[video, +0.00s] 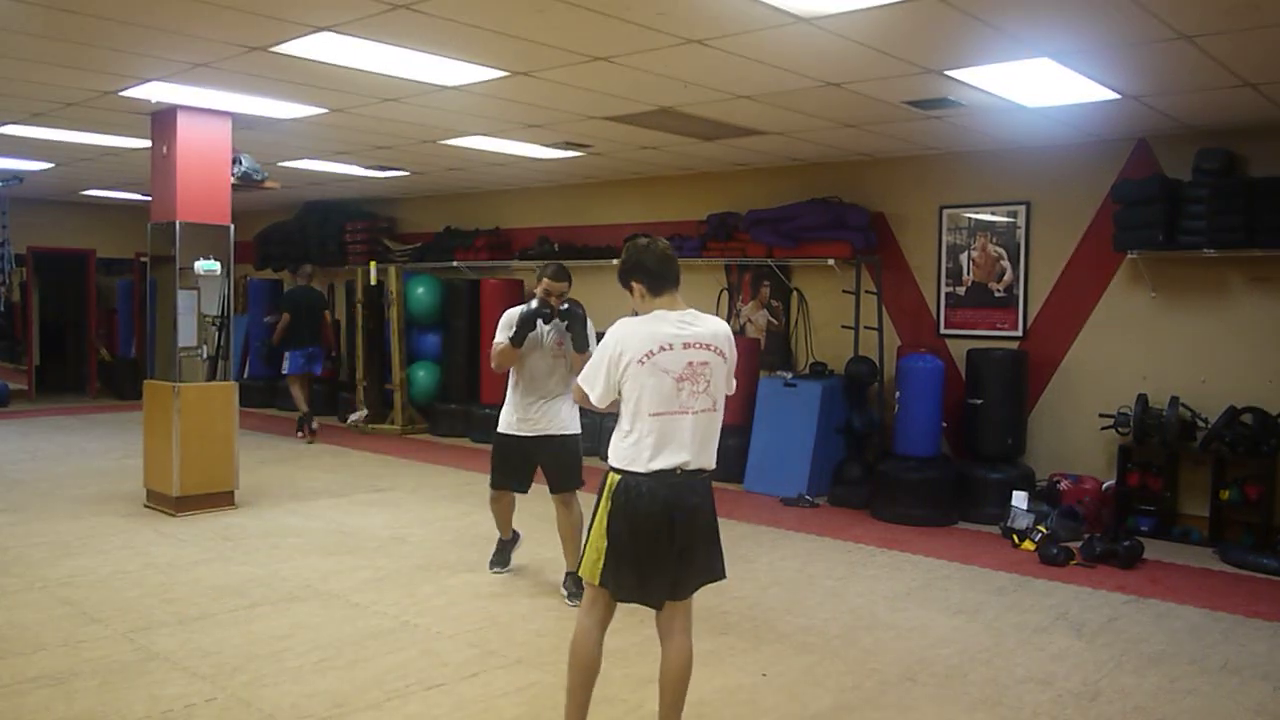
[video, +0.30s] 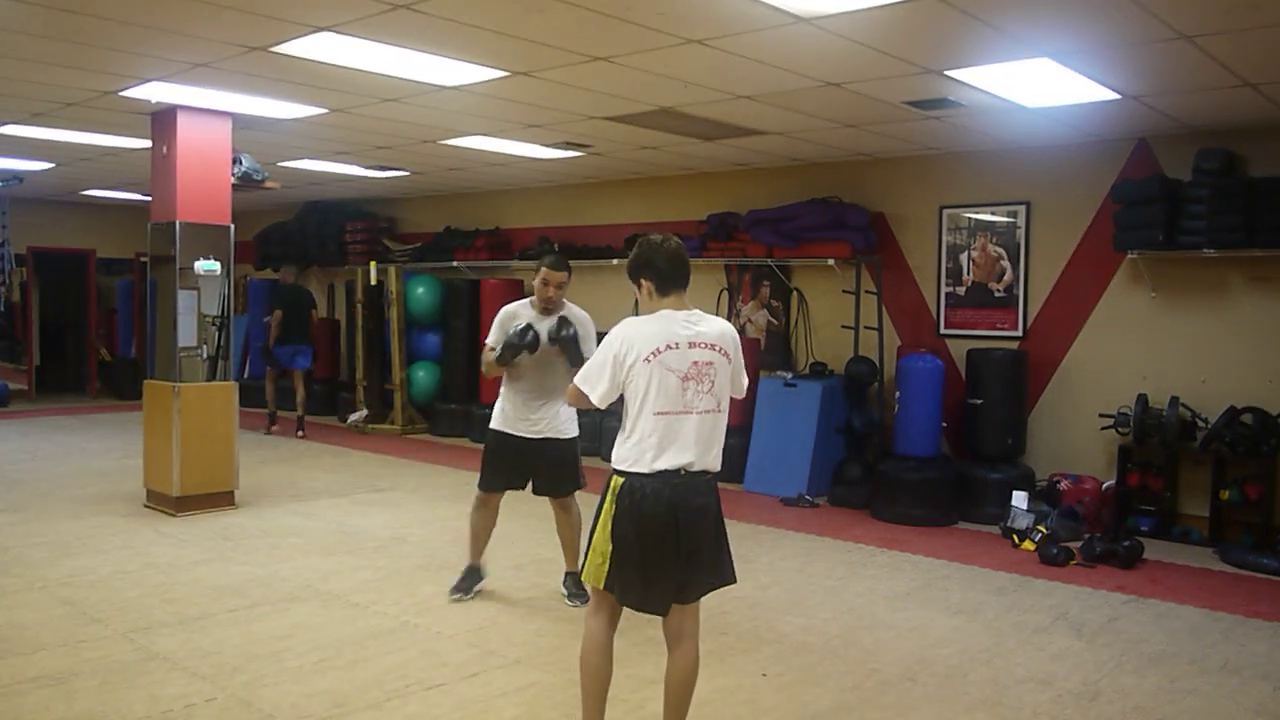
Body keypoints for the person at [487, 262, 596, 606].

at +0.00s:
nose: (552, 300)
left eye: (560, 295)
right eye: (547, 293)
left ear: (569, 292)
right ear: (536, 286)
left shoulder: (578, 320)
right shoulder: (515, 316)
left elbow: (583, 372)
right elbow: (499, 363)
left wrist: (577, 329)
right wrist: (523, 330)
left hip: (559, 421)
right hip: (515, 420)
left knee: (565, 498)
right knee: (500, 493)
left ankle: (573, 573)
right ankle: (506, 537)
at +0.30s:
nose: (551, 292)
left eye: (559, 286)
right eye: (545, 284)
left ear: (568, 286)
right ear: (533, 280)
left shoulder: (580, 321)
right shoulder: (510, 314)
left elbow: (591, 380)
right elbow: (487, 369)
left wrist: (572, 351)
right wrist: (508, 352)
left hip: (557, 428)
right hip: (508, 425)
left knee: (564, 501)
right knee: (486, 496)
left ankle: (573, 575)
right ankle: (473, 567)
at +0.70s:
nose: (503, 291)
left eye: (510, 285)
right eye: (496, 282)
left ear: (517, 284)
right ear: (482, 277)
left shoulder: (529, 316)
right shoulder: (457, 316)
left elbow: (545, 374)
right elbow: (438, 371)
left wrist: (530, 352)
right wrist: (471, 353)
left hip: (522, 427)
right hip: (470, 430)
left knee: (545, 498)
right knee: (464, 505)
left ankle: (559, 566)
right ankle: (457, 581)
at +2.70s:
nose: (510, 300)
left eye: (518, 294)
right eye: (503, 292)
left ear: (528, 290)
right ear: (488, 285)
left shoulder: (537, 323)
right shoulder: (464, 319)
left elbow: (554, 376)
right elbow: (446, 378)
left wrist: (541, 329)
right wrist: (477, 331)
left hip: (519, 448)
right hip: (463, 444)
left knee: (534, 535)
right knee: (428, 520)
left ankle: (540, 621)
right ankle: (430, 586)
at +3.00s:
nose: (524, 300)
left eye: (530, 293)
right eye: (519, 292)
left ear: (538, 292)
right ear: (508, 288)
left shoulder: (552, 326)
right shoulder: (479, 321)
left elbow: (565, 383)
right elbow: (463, 374)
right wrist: (495, 335)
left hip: (537, 451)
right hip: (477, 451)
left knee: (559, 532)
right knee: (457, 528)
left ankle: (570, 614)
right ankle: (446, 600)